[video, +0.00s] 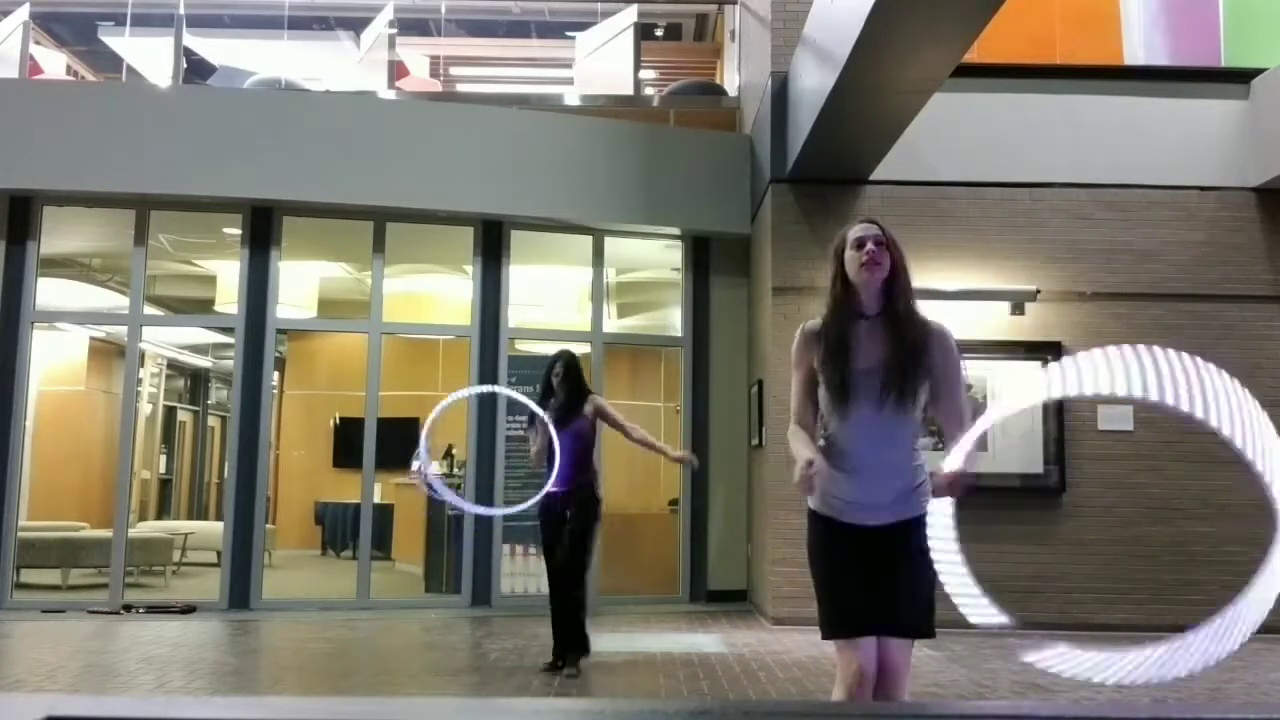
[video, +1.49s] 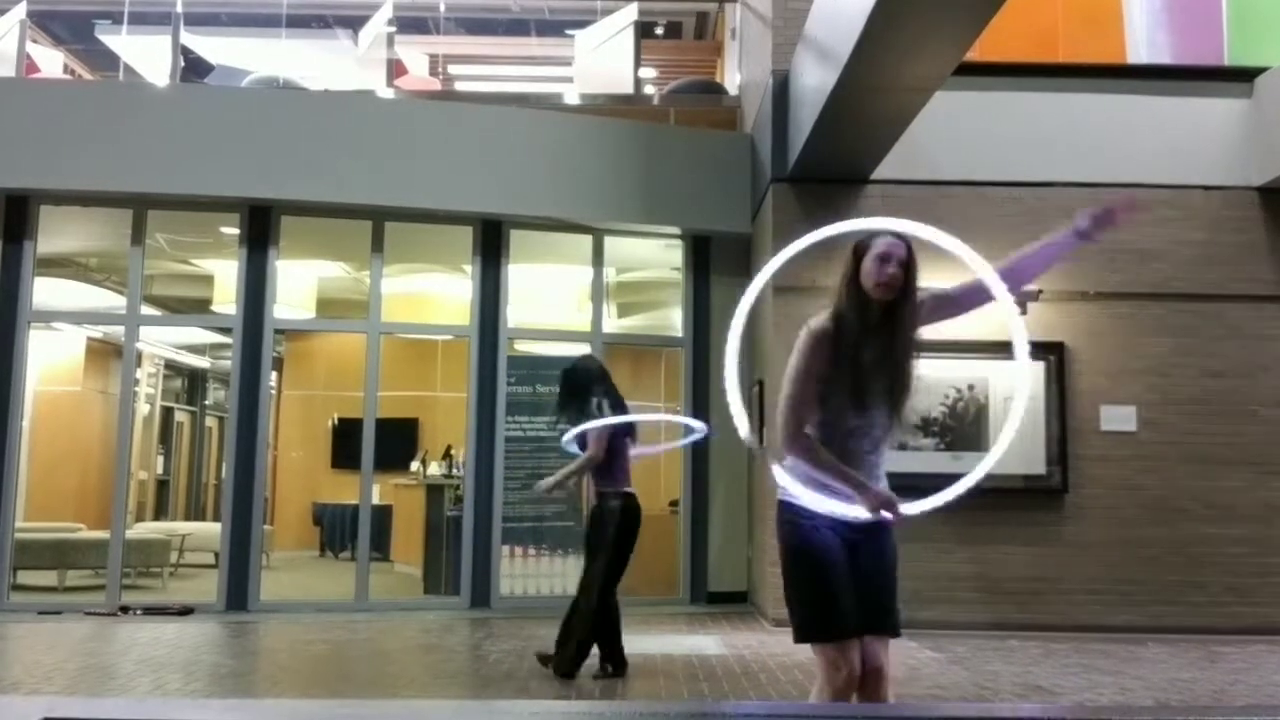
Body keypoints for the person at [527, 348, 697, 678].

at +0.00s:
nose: (559, 378)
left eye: (565, 372)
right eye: (555, 373)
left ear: (575, 376)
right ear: (549, 376)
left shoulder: (591, 405)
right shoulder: (547, 412)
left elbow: (630, 431)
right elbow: (537, 459)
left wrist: (671, 454)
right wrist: (537, 434)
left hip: (583, 498)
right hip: (552, 498)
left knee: (571, 573)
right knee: (556, 576)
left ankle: (574, 653)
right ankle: (561, 652)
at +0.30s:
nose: (570, 387)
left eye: (577, 383)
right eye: (566, 381)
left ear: (590, 386)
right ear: (561, 383)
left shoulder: (599, 411)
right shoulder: (552, 408)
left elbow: (615, 449)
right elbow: (543, 445)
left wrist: (625, 490)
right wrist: (537, 407)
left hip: (589, 499)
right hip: (556, 499)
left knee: (588, 579)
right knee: (557, 578)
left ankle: (585, 656)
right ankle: (558, 648)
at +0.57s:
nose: (590, 382)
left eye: (596, 376)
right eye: (584, 375)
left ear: (603, 380)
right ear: (574, 377)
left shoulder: (607, 414)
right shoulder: (556, 410)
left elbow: (613, 462)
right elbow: (529, 450)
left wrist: (628, 505)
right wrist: (528, 413)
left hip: (594, 502)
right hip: (561, 502)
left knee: (594, 584)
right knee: (566, 582)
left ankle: (589, 659)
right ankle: (546, 657)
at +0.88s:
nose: (606, 380)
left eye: (606, 374)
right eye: (602, 374)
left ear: (587, 374)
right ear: (589, 373)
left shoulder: (592, 405)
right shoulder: (569, 397)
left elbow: (590, 463)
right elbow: (565, 444)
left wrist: (618, 493)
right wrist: (595, 421)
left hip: (585, 505)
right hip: (563, 504)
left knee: (585, 585)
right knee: (560, 583)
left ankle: (584, 660)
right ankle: (543, 662)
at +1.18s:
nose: (603, 385)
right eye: (602, 378)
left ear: (571, 380)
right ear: (604, 382)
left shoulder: (560, 412)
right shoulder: (611, 412)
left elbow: (552, 457)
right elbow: (621, 463)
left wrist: (559, 475)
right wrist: (624, 457)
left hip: (570, 504)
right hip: (603, 506)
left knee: (568, 577)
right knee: (602, 580)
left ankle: (567, 654)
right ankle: (575, 634)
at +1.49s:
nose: (570, 394)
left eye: (571, 387)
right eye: (570, 387)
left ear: (580, 383)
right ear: (599, 377)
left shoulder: (599, 404)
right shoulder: (608, 404)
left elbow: (596, 453)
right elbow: (603, 458)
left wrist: (555, 479)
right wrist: (568, 478)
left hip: (613, 509)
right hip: (616, 507)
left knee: (594, 587)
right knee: (600, 586)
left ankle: (566, 662)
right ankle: (613, 660)